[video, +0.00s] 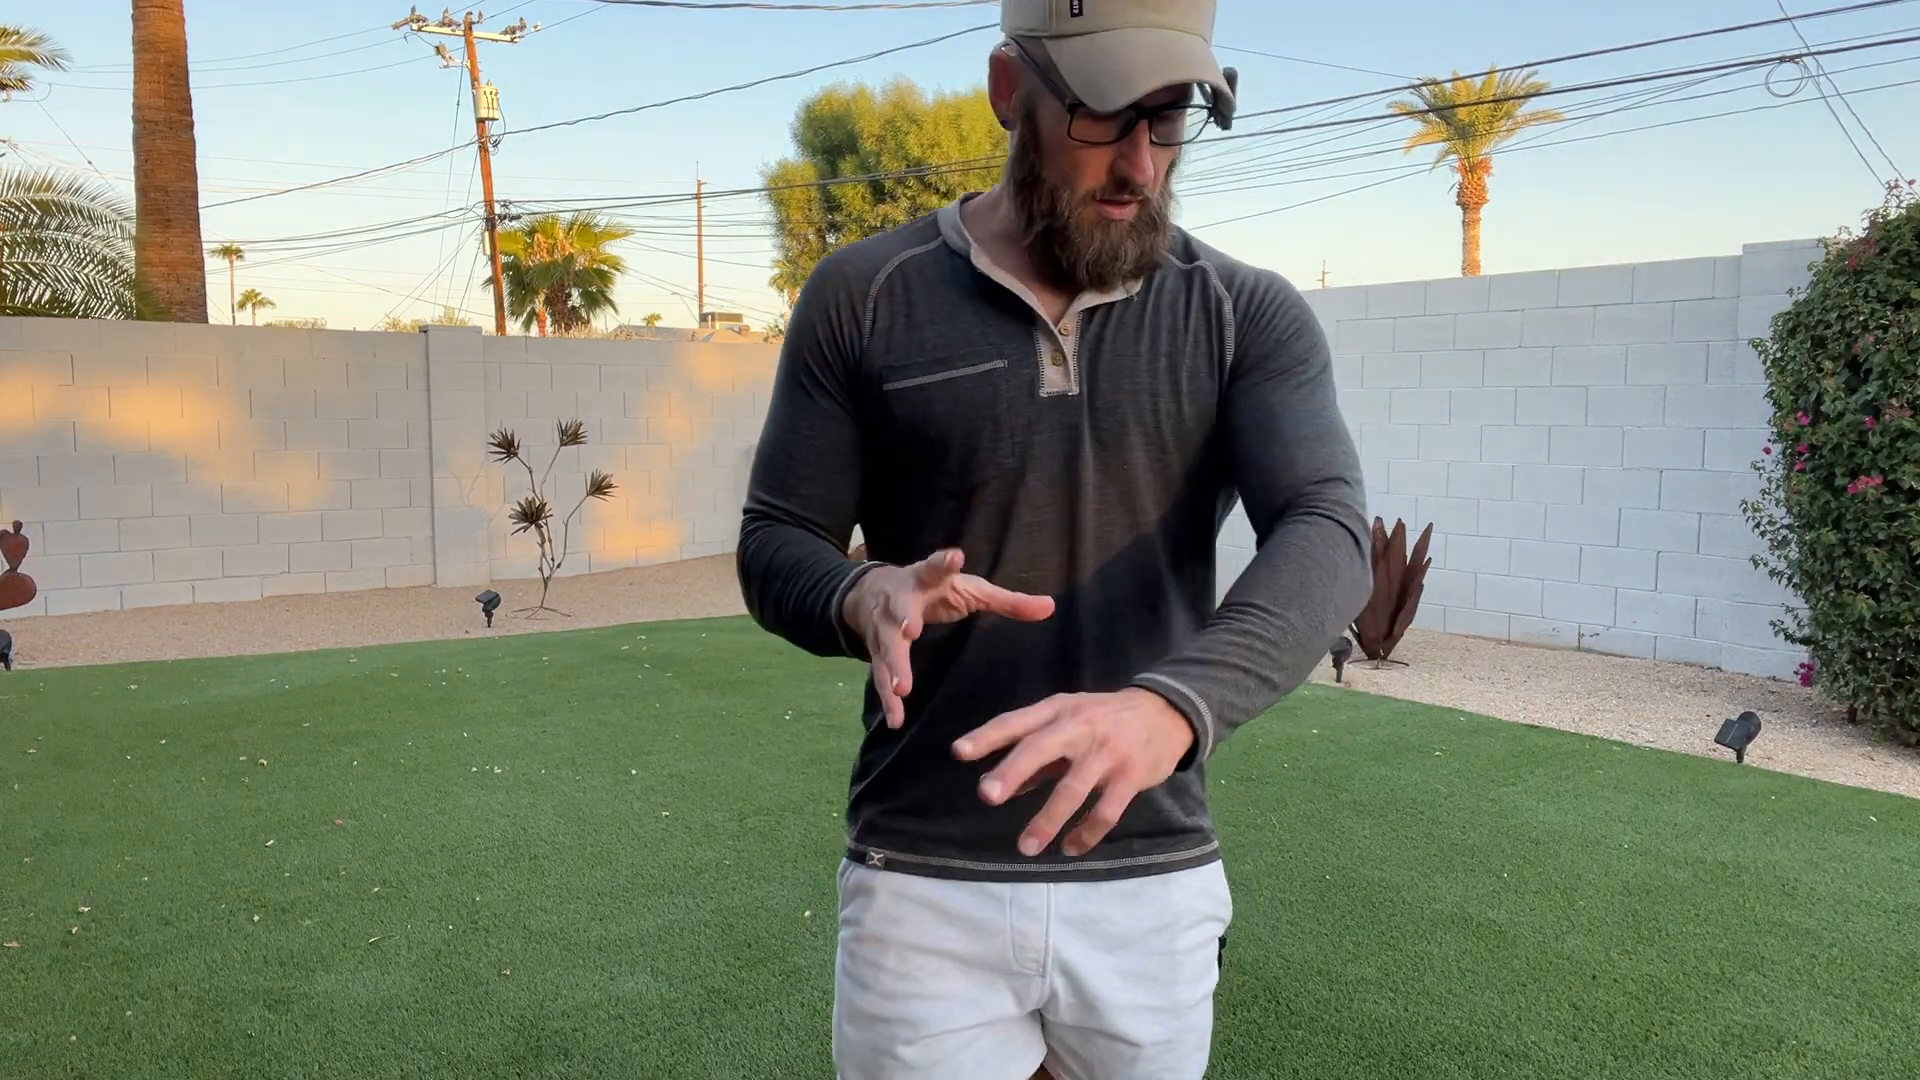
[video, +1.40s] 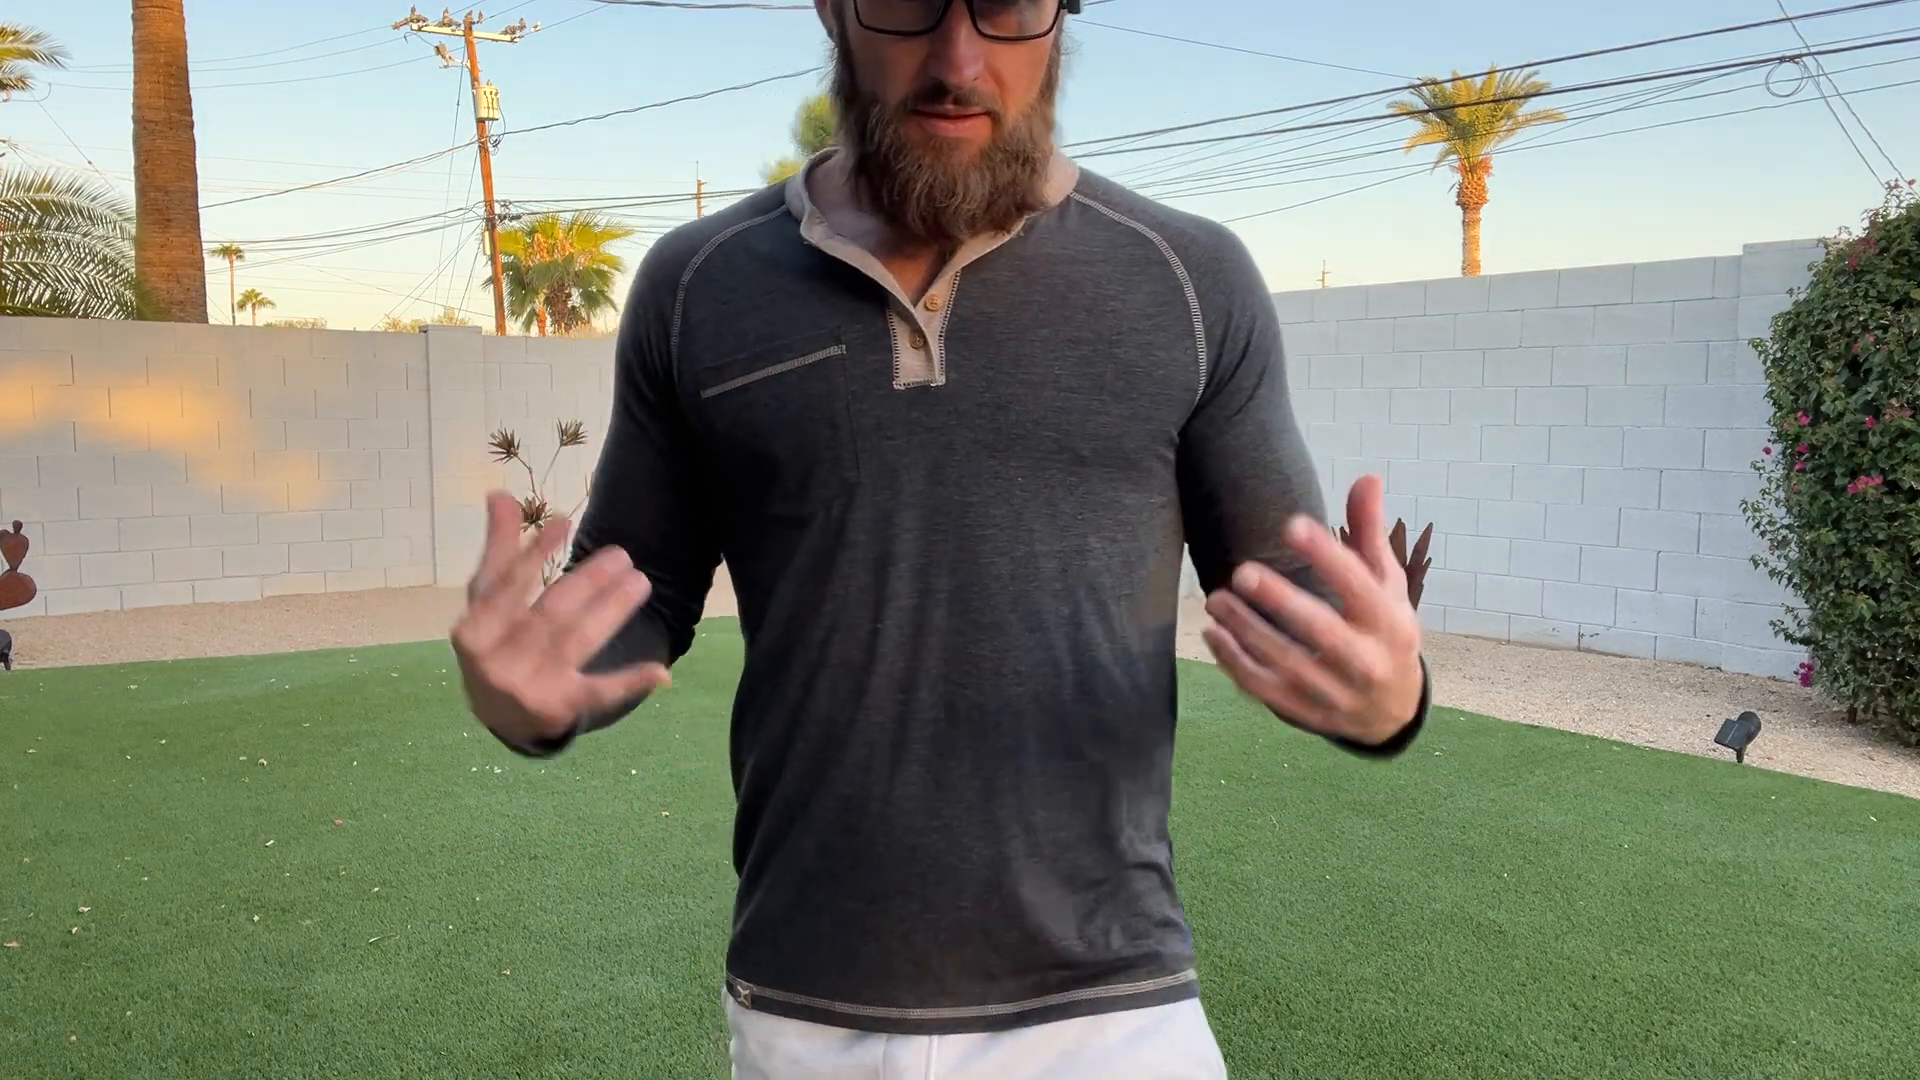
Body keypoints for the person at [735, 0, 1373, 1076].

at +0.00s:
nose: (1139, 164)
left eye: (1167, 122)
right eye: (1100, 118)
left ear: (1194, 112)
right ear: (1010, 89)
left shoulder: (1248, 317)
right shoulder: (862, 300)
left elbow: (1324, 535)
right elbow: (778, 539)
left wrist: (1174, 705)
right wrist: (861, 599)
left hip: (1153, 896)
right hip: (925, 893)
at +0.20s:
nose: (1066, 146)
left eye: (1097, 102)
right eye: (1027, 101)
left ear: (1128, 95)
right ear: (938, 67)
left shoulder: (1198, 300)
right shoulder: (800, 285)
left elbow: (1234, 533)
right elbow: (709, 552)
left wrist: (1042, 723)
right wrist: (854, 585)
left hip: (1115, 906)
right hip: (877, 910)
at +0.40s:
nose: (975, 97)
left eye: (1013, 53)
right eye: (930, 50)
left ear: (1051, 67)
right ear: (858, 57)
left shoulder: (1140, 286)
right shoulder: (734, 278)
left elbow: (1092, 561)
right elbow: (671, 554)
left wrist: (857, 742)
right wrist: (946, 553)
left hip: (1072, 921)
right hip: (819, 923)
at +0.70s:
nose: (881, 74)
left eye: (922, 27)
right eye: (836, 25)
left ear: (966, 45)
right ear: (768, 35)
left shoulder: (1072, 273)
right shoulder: (659, 289)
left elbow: (1115, 556)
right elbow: (611, 574)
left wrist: (860, 672)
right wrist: (892, 550)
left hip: (1032, 920)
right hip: (776, 939)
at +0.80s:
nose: (859, 75)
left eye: (902, 26)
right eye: (815, 26)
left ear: (950, 43)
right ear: (752, 35)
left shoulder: (1072, 279)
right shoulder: (641, 299)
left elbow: (1200, 550)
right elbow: (568, 598)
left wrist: (1026, 630)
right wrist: (721, 565)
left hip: (1028, 929)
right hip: (767, 947)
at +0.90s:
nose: (850, 89)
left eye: (893, 39)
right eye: (804, 40)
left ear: (945, 47)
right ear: (741, 40)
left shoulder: (1079, 278)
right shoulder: (639, 299)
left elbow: (1238, 527)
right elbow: (567, 631)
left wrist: (1240, 614)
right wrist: (523, 618)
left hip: (1033, 940)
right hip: (764, 957)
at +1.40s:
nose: (957, 67)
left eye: (1004, 15)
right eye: (905, 18)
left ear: (1057, 30)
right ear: (837, 27)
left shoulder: (1190, 280)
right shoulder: (697, 289)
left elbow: (1289, 591)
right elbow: (637, 596)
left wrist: (1392, 705)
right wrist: (525, 702)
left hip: (1110, 1006)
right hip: (810, 1013)